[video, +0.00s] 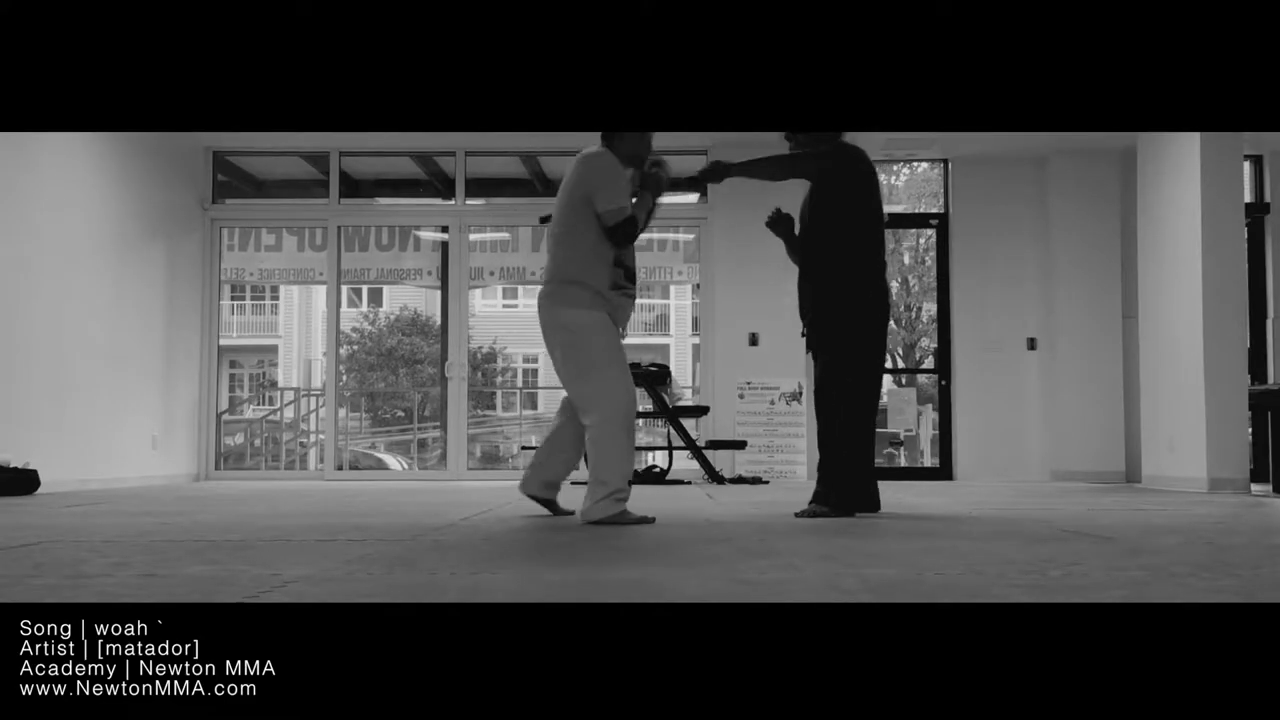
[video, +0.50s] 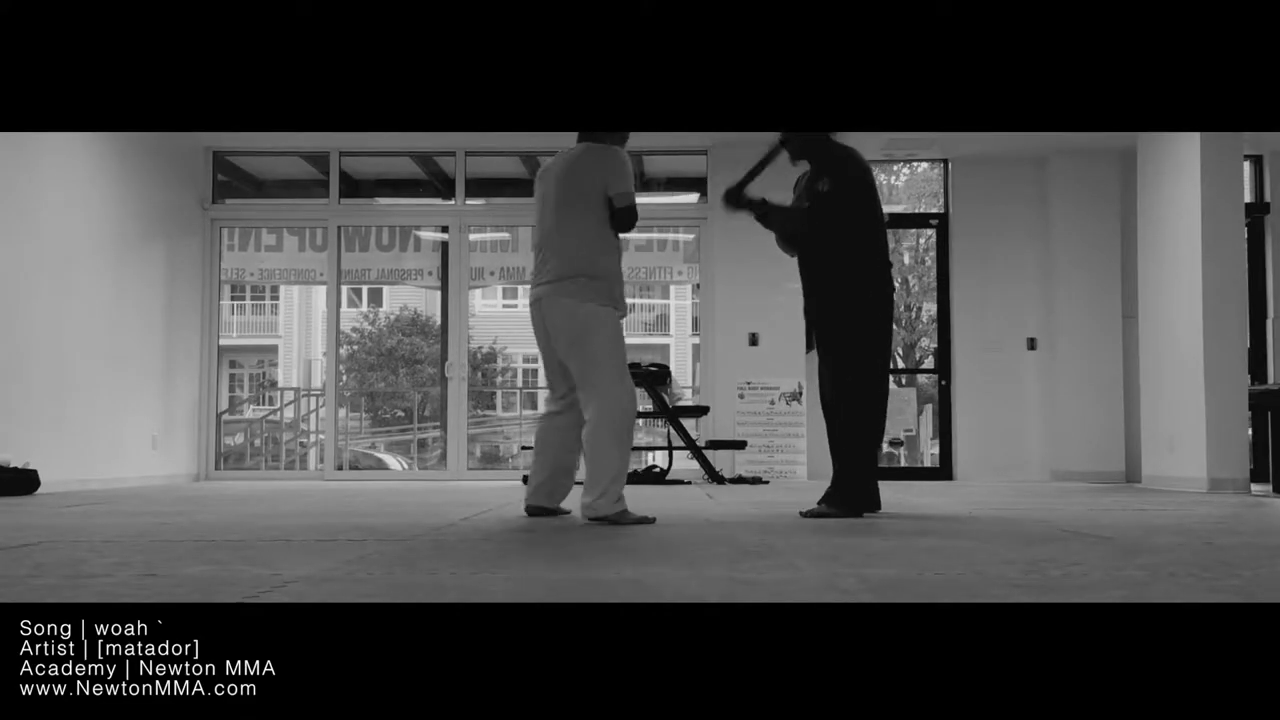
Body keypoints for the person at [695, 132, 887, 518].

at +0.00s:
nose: (792, 148)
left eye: (793, 141)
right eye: (791, 144)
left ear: (808, 138)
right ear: (830, 134)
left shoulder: (845, 160)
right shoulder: (833, 181)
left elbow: (786, 167)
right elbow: (814, 262)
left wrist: (728, 169)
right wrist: (788, 233)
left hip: (848, 312)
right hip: (842, 312)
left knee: (841, 403)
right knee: (843, 404)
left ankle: (841, 498)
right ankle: (849, 496)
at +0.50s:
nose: (785, 148)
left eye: (788, 139)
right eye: (784, 141)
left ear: (806, 135)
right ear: (807, 140)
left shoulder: (841, 166)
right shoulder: (809, 178)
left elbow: (813, 227)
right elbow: (798, 242)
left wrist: (756, 205)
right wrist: (772, 216)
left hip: (857, 308)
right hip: (833, 309)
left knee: (852, 397)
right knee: (839, 398)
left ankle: (852, 495)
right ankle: (851, 493)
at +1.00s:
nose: (767, 145)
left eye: (772, 138)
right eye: (767, 139)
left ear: (794, 137)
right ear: (787, 141)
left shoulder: (836, 169)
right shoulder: (790, 173)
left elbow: (841, 243)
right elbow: (759, 215)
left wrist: (790, 265)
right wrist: (708, 238)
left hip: (858, 298)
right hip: (827, 299)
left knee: (852, 391)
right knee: (835, 392)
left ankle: (847, 496)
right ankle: (859, 487)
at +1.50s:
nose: (753, 141)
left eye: (760, 134)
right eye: (756, 134)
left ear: (780, 138)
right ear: (790, 139)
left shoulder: (788, 182)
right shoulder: (809, 176)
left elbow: (743, 241)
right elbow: (796, 236)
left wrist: (691, 222)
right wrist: (757, 222)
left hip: (815, 314)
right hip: (808, 313)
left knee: (827, 402)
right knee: (800, 402)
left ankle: (843, 500)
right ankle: (793, 493)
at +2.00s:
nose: (735, 148)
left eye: (739, 141)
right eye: (735, 142)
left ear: (755, 143)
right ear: (774, 143)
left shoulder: (770, 174)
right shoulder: (782, 182)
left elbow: (712, 176)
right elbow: (754, 265)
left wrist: (659, 175)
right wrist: (720, 241)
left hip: (783, 313)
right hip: (792, 312)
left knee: (771, 402)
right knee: (783, 403)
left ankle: (775, 495)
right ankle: (784, 493)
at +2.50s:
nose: (726, 145)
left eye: (731, 138)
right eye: (727, 140)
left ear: (746, 140)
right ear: (766, 141)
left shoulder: (764, 173)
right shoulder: (769, 181)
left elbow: (702, 174)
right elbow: (758, 266)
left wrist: (646, 143)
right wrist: (721, 247)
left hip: (784, 311)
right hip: (786, 309)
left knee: (776, 401)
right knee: (781, 400)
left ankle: (778, 495)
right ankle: (784, 494)